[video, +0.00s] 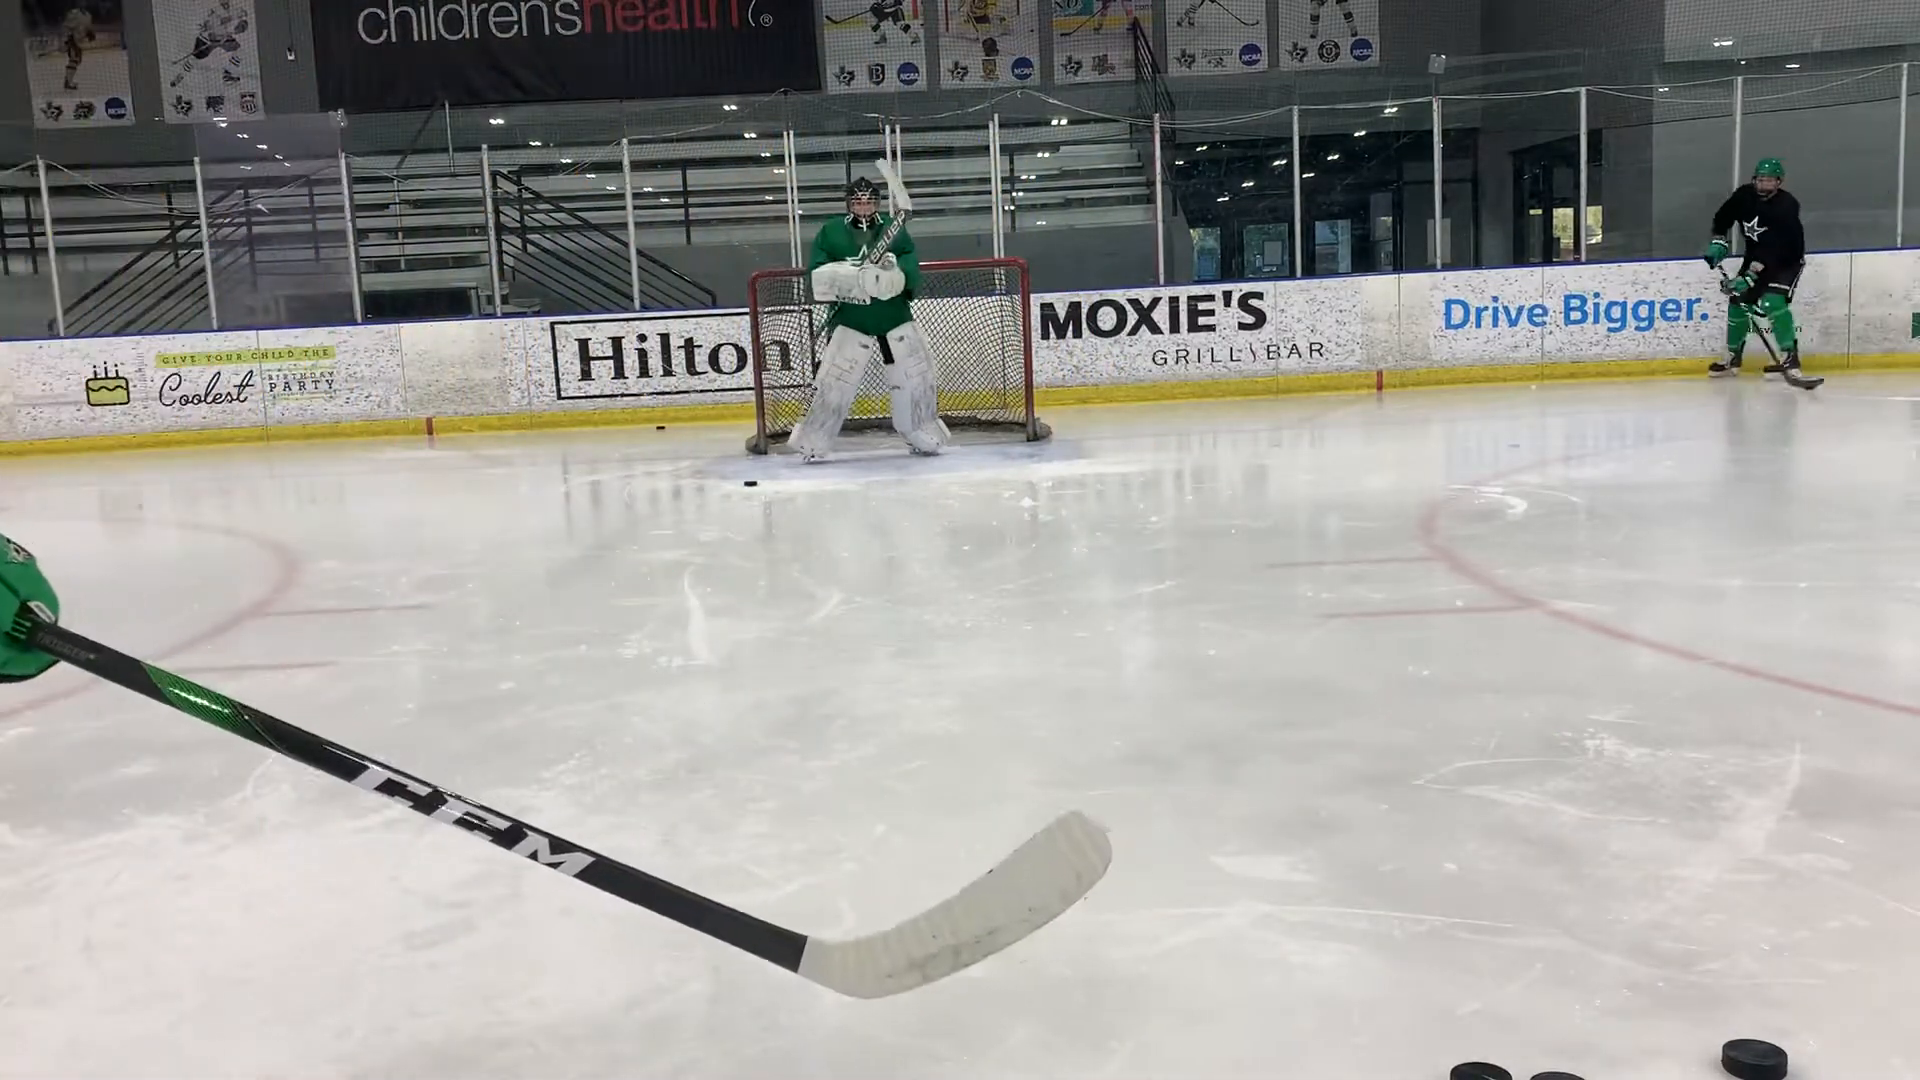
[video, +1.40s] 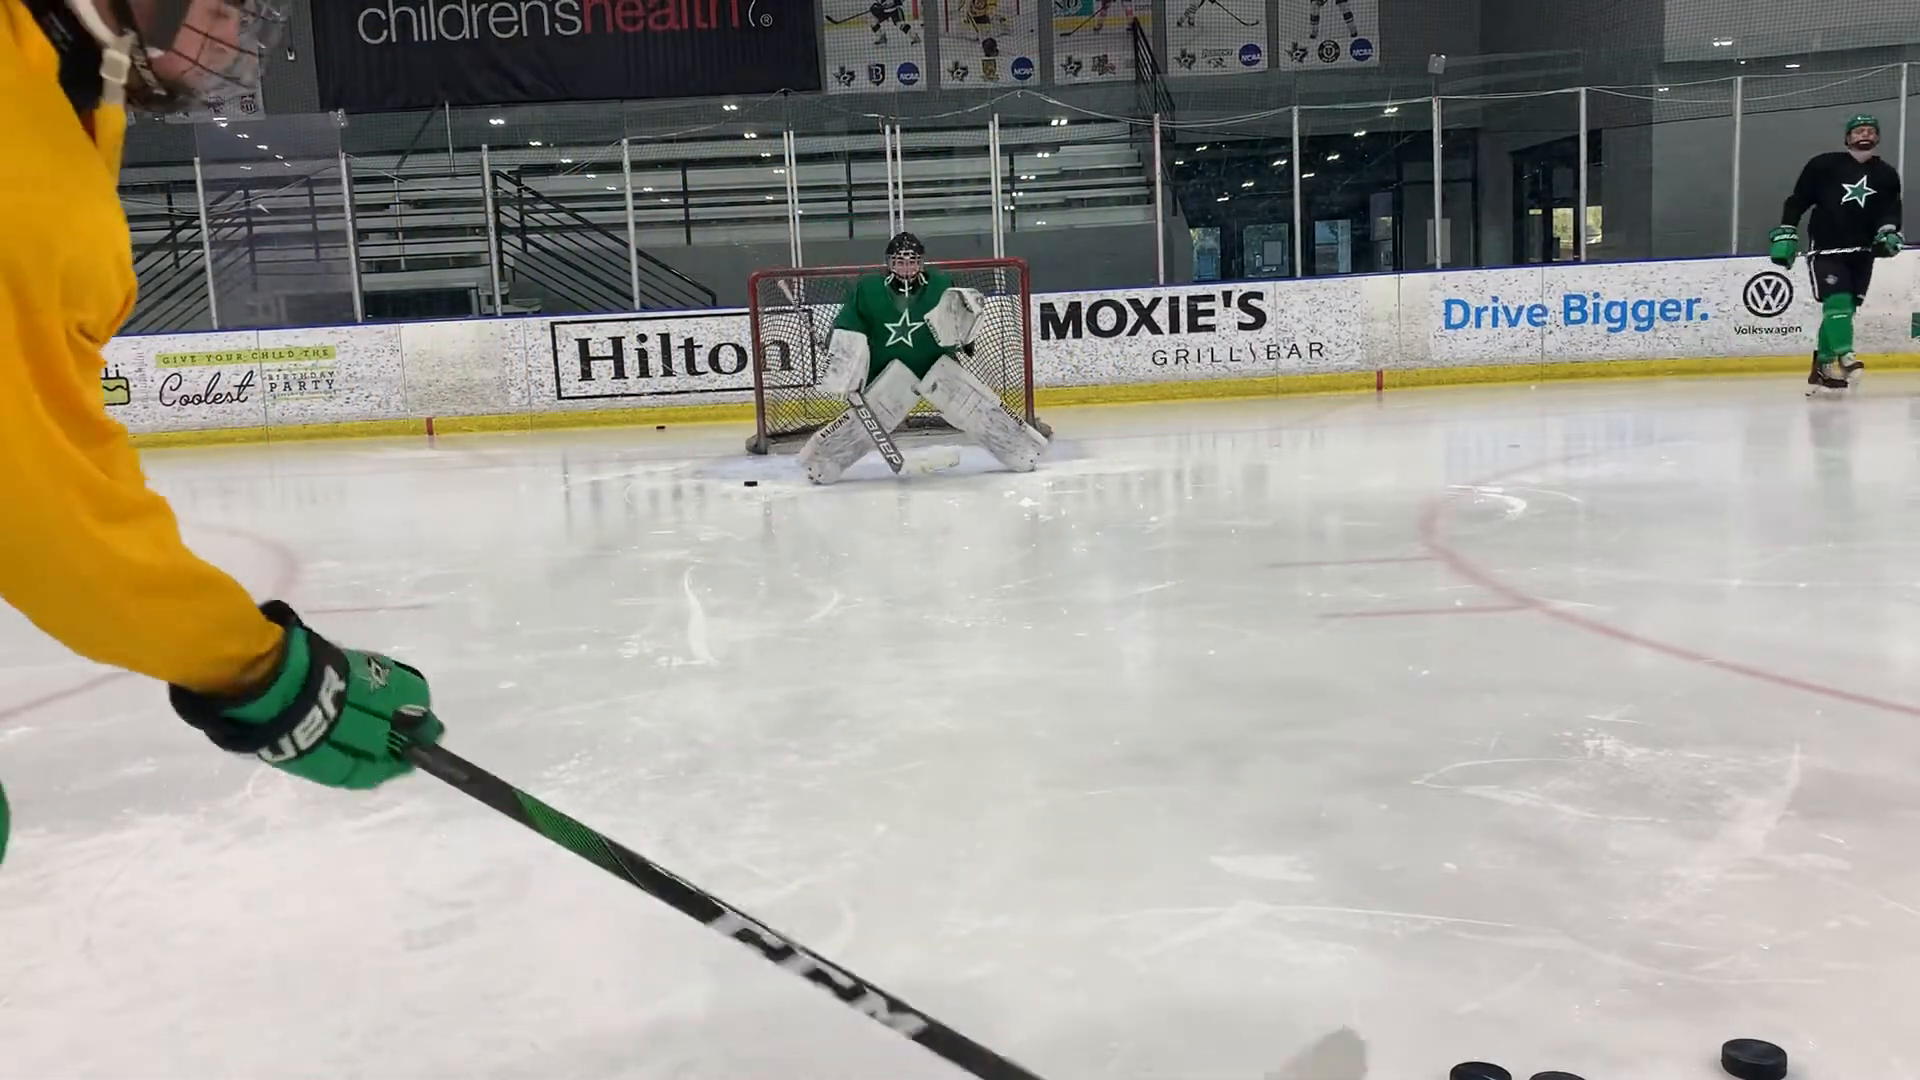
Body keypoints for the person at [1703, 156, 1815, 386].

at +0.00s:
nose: (1766, 185)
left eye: (1771, 180)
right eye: (1762, 179)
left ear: (1779, 182)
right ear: (1755, 180)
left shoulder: (1786, 205)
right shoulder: (1744, 195)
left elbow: (1777, 247)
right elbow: (1723, 217)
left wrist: (1750, 277)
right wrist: (1718, 242)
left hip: (1786, 262)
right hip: (1756, 259)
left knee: (1771, 302)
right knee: (1738, 303)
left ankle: (1790, 356)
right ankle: (1734, 357)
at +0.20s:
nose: (1757, 183)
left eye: (1763, 178)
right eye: (1754, 178)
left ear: (1770, 182)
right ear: (1747, 178)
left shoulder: (1778, 208)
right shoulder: (1730, 197)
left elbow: (1781, 245)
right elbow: (1711, 231)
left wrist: (1774, 274)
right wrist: (1726, 247)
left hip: (1760, 266)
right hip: (1731, 261)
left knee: (1750, 304)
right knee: (1711, 306)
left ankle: (1760, 359)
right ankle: (1699, 359)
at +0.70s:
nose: (1795, 164)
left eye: (1802, 161)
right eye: (1792, 158)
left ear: (1808, 167)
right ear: (1783, 159)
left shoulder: (1809, 202)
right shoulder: (1755, 180)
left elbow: (1805, 241)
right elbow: (1722, 208)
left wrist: (1805, 266)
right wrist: (1721, 236)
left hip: (1769, 260)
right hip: (1735, 251)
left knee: (1758, 308)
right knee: (1717, 304)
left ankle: (1747, 359)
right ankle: (1702, 354)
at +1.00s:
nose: (1822, 149)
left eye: (1828, 145)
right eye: (1818, 143)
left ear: (1834, 151)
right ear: (1807, 145)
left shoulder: (1836, 188)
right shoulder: (1777, 168)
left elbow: (1831, 229)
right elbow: (1746, 196)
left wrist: (1821, 260)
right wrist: (1734, 219)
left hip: (1799, 259)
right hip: (1762, 251)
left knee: (1787, 312)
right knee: (1753, 306)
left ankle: (1772, 362)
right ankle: (1746, 361)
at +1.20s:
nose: (1839, 142)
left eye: (1845, 138)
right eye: (1835, 137)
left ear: (1853, 145)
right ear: (1824, 142)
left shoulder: (1858, 182)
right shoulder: (1798, 167)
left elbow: (1857, 221)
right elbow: (1765, 195)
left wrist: (1849, 249)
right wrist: (1752, 221)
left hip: (1828, 256)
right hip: (1792, 250)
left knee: (1815, 312)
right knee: (1793, 305)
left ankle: (1797, 366)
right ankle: (1789, 362)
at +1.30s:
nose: (1852, 139)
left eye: (1857, 135)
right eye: (1847, 134)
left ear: (1864, 141)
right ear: (1836, 139)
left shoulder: (1872, 178)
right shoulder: (1810, 166)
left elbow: (1873, 215)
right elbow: (1779, 198)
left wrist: (1867, 241)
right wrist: (1766, 228)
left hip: (1844, 253)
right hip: (1809, 249)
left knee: (1831, 309)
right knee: (1814, 303)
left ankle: (1807, 363)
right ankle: (1815, 358)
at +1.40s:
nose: (1865, 135)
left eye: (1870, 131)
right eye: (1859, 131)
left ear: (1877, 137)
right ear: (1848, 136)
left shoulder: (1886, 174)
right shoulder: (1822, 165)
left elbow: (1891, 209)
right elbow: (1797, 201)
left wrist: (1889, 232)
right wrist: (1785, 234)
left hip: (1863, 249)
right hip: (1826, 247)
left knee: (1847, 307)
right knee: (1838, 301)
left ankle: (1824, 364)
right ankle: (1845, 355)